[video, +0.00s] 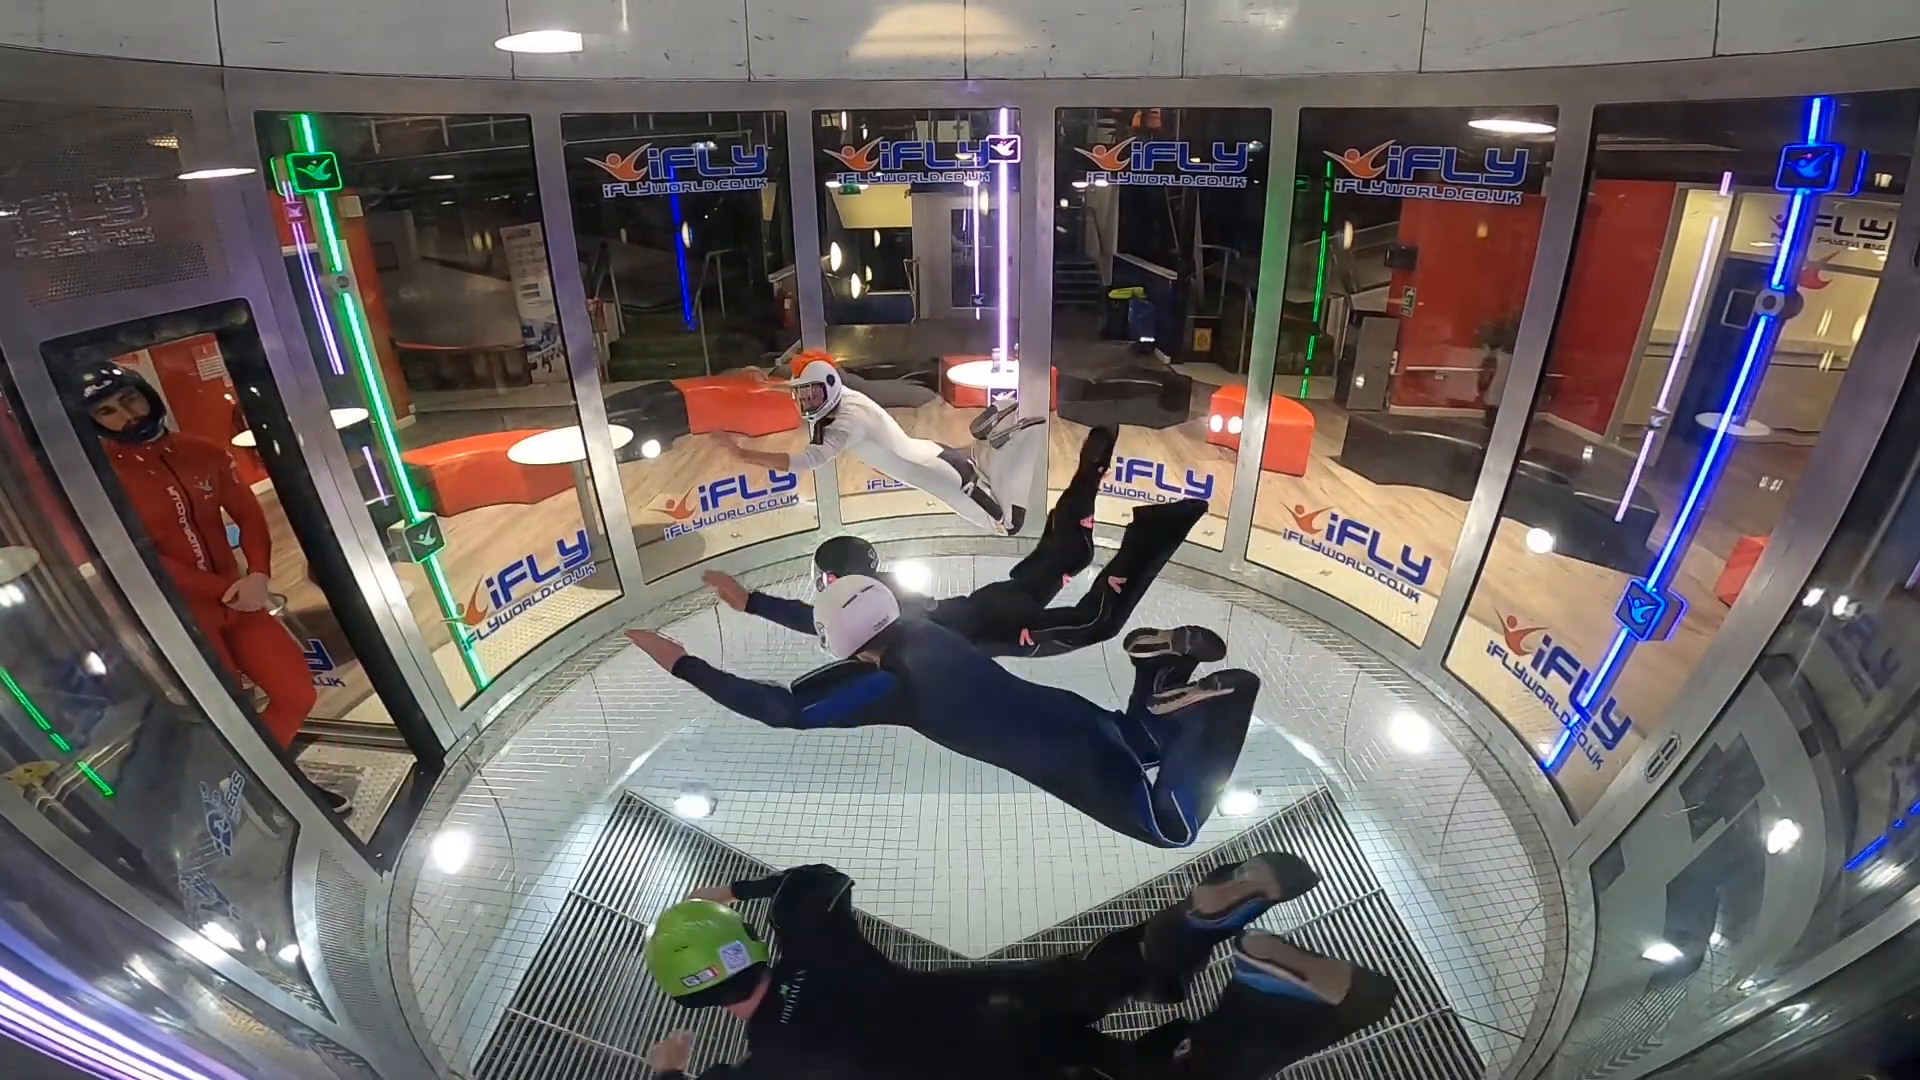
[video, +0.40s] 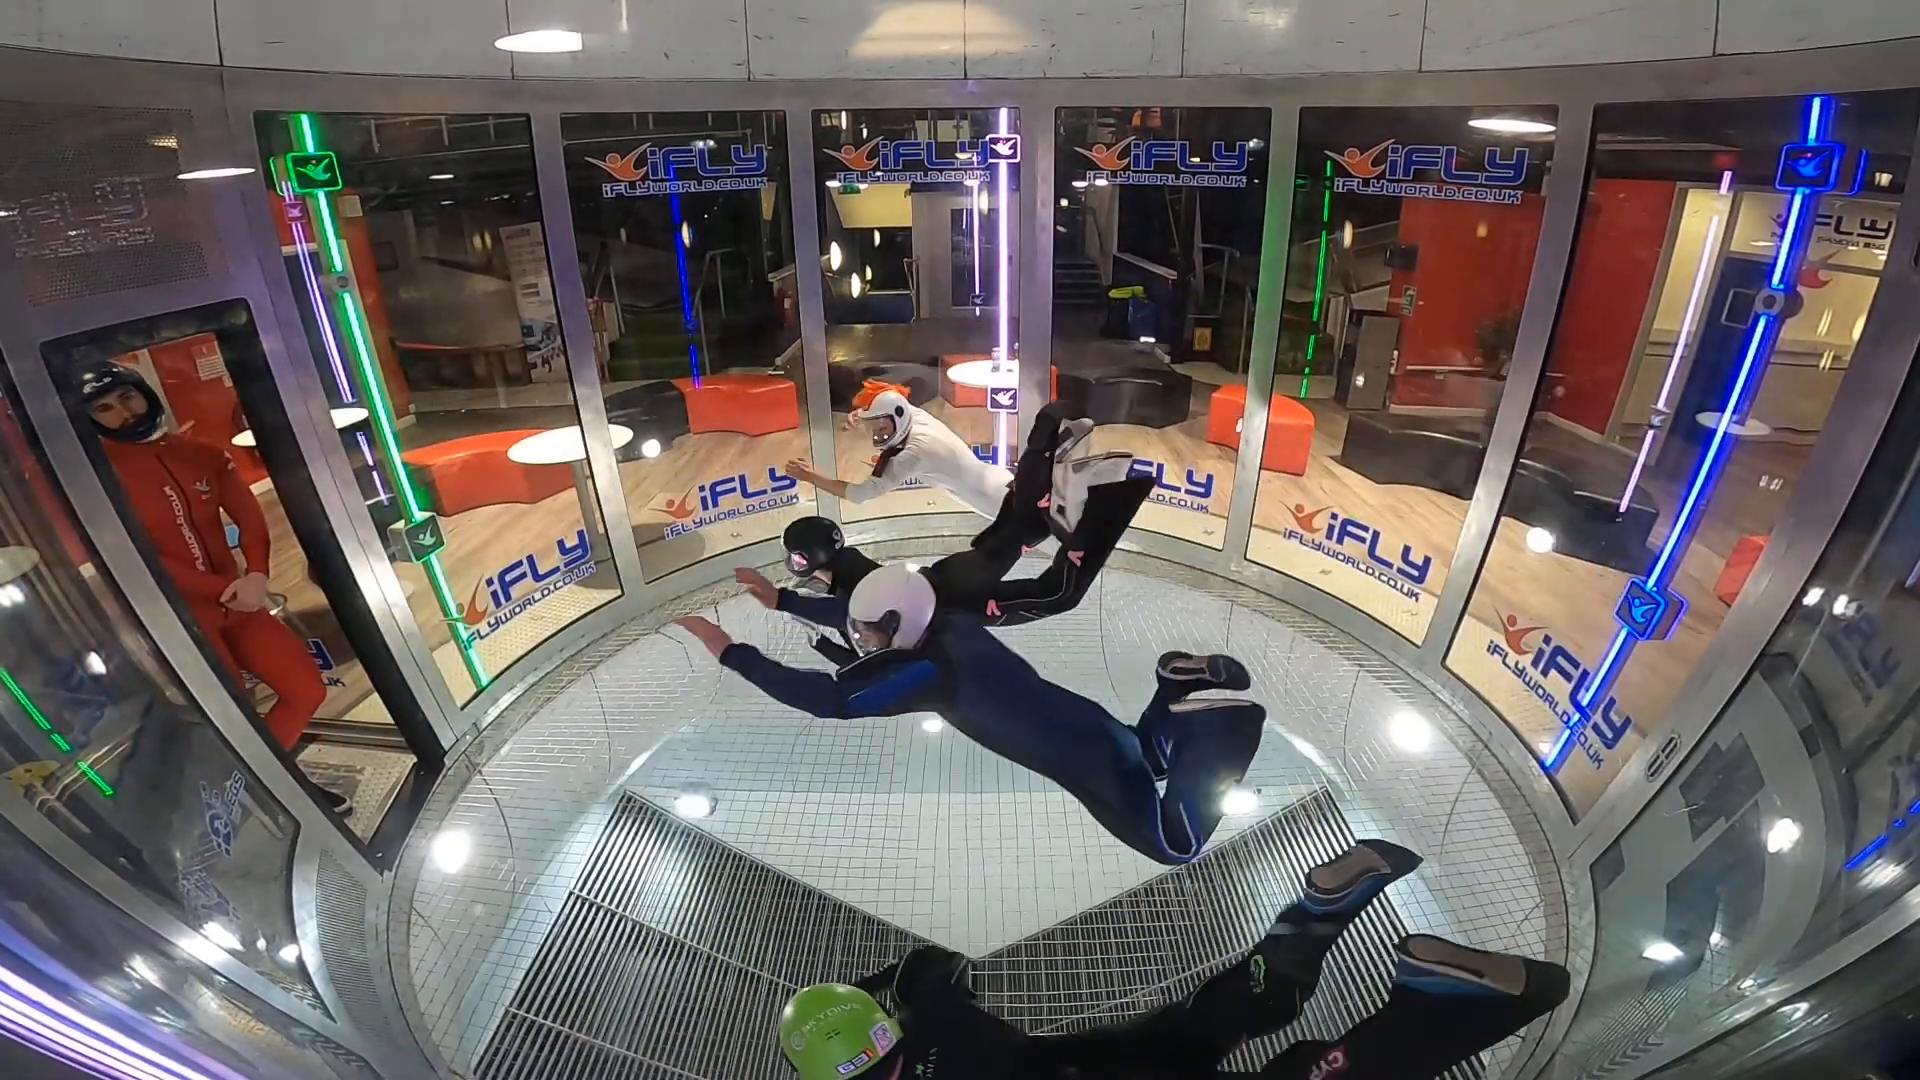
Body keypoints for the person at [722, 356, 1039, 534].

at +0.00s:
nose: (804, 400)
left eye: (811, 393)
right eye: (800, 394)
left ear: (829, 390)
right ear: (801, 392)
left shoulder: (848, 420)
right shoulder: (830, 391)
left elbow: (803, 462)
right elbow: (808, 378)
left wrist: (748, 454)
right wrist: (774, 380)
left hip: (917, 466)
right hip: (909, 448)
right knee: (932, 453)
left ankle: (1004, 519)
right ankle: (968, 461)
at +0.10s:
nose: (816, 404)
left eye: (822, 398)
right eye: (812, 398)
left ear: (839, 394)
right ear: (817, 394)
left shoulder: (856, 425)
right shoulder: (848, 396)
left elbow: (813, 462)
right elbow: (815, 392)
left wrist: (752, 455)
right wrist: (790, 387)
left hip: (942, 476)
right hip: (935, 455)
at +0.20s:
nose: (833, 411)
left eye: (839, 404)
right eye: (828, 405)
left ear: (857, 400)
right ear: (826, 403)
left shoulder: (870, 433)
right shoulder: (866, 401)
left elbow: (830, 468)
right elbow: (842, 390)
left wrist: (766, 458)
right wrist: (811, 395)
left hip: (962, 483)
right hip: (956, 466)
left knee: (1018, 528)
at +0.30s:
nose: (853, 421)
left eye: (858, 414)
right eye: (849, 414)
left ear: (876, 408)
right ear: (853, 410)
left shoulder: (889, 442)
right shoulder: (886, 408)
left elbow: (847, 478)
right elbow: (862, 393)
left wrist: (789, 466)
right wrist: (835, 400)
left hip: (976, 488)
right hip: (973, 472)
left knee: (1034, 527)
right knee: (1018, 514)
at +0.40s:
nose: (877, 434)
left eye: (882, 427)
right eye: (873, 426)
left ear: (898, 419)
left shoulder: (912, 453)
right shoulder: (914, 414)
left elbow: (861, 494)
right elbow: (886, 409)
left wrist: (812, 477)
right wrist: (862, 417)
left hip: (1002, 502)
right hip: (1003, 480)